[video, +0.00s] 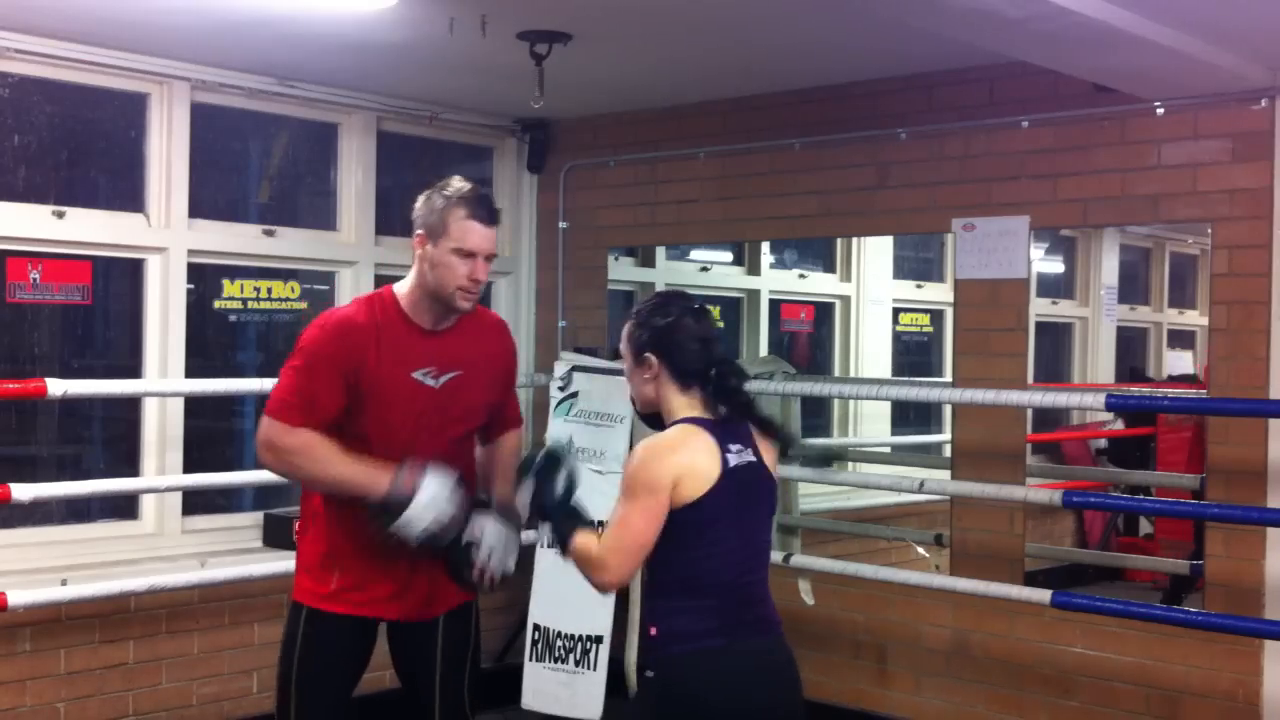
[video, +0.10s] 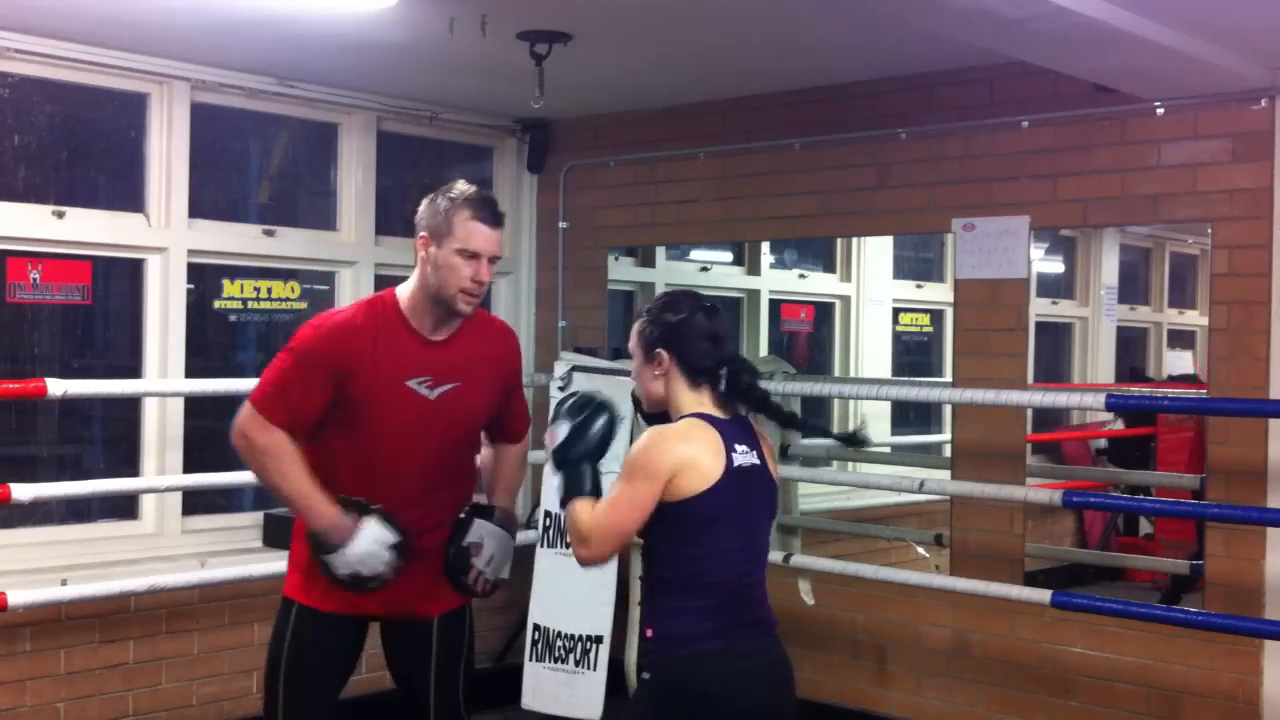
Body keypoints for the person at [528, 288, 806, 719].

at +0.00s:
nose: (626, 375)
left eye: (625, 362)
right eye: (623, 362)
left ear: (650, 367)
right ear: (704, 361)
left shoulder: (659, 455)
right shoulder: (758, 443)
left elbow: (609, 571)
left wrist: (559, 514)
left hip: (685, 679)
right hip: (764, 671)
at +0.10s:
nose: (631, 372)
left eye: (633, 358)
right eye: (630, 358)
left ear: (661, 363)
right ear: (709, 360)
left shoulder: (663, 446)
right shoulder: (755, 439)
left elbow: (590, 546)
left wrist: (576, 465)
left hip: (685, 678)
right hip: (760, 668)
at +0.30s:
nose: (659, 379)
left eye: (662, 365)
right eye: (658, 365)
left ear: (694, 364)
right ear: (740, 364)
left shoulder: (696, 444)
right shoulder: (782, 442)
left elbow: (627, 542)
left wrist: (615, 461)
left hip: (713, 680)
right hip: (787, 669)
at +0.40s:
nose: (672, 370)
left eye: (675, 355)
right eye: (672, 356)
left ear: (707, 356)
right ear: (752, 356)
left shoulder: (705, 435)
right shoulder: (789, 428)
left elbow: (644, 542)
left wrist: (628, 458)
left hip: (725, 672)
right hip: (798, 660)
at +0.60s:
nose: (677, 368)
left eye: (680, 353)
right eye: (677, 354)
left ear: (713, 351)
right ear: (757, 349)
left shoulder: (705, 426)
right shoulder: (799, 429)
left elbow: (639, 526)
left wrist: (630, 443)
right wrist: (682, 425)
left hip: (721, 664)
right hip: (794, 654)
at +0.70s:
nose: (676, 377)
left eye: (679, 361)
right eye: (675, 363)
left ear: (711, 358)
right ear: (755, 356)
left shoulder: (713, 438)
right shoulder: (796, 436)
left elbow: (659, 545)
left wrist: (635, 470)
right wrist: (685, 444)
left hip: (725, 673)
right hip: (791, 660)